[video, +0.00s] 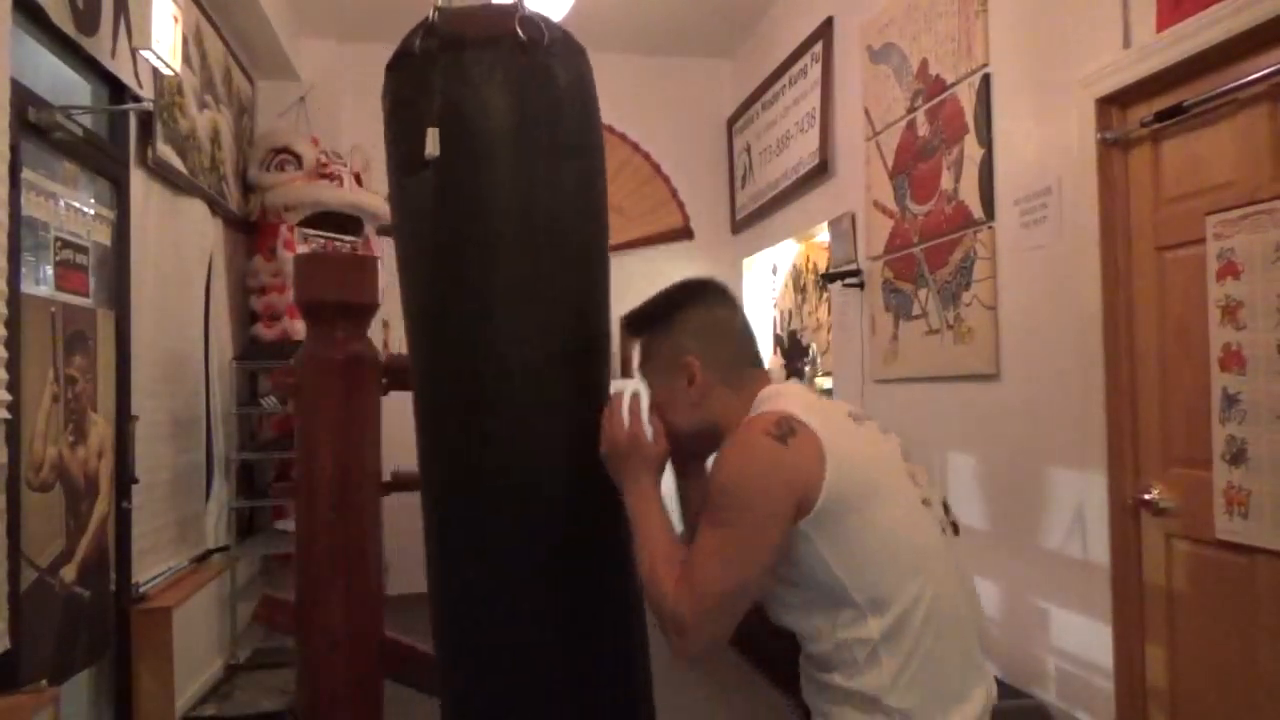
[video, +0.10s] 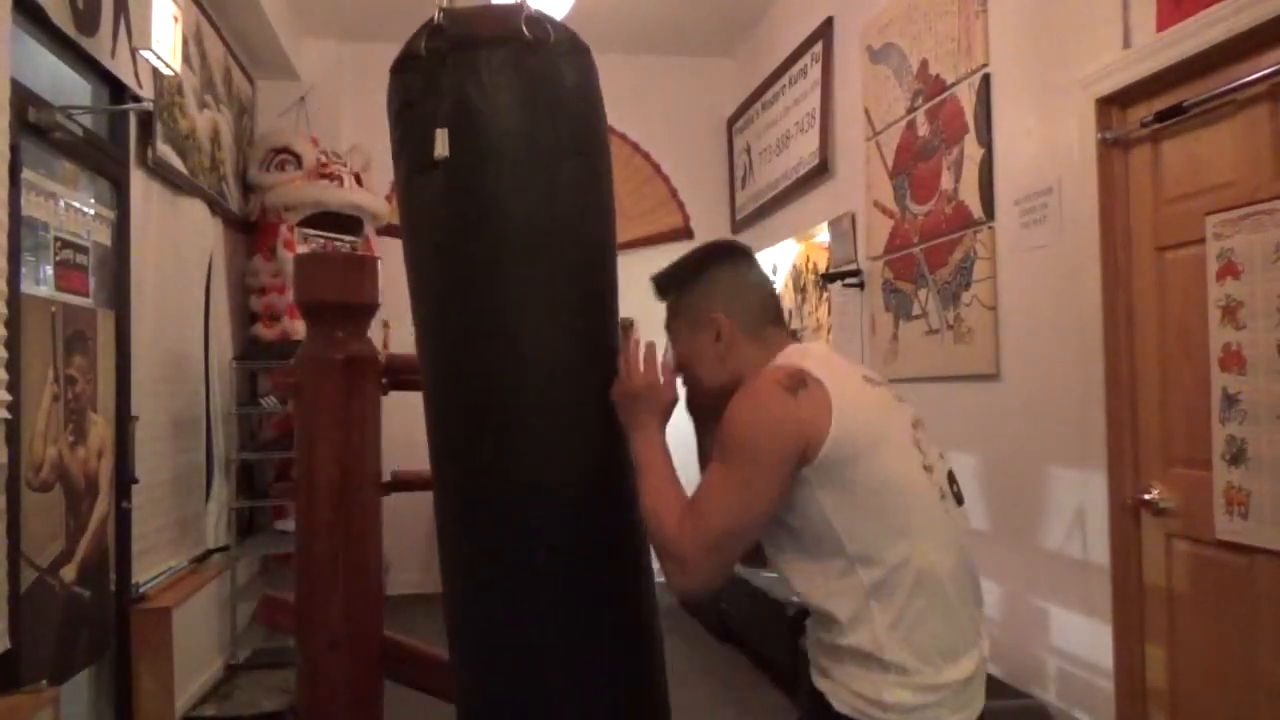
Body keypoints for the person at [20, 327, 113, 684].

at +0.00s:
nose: (70, 391)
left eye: (76, 381)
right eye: (64, 383)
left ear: (91, 385)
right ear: (60, 389)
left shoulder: (104, 431)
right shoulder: (63, 438)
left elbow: (105, 501)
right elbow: (38, 480)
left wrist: (76, 563)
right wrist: (47, 400)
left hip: (106, 548)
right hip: (76, 549)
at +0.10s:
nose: (70, 390)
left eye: (76, 382)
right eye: (64, 383)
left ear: (91, 386)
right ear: (60, 389)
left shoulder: (104, 430)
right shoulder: (63, 437)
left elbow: (105, 500)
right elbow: (38, 481)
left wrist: (76, 562)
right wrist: (46, 401)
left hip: (105, 550)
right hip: (75, 550)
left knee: (105, 631)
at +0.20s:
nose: (70, 390)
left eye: (76, 381)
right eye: (64, 383)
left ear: (91, 385)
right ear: (60, 388)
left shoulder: (104, 430)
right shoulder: (63, 436)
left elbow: (105, 500)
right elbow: (38, 480)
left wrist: (76, 561)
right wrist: (45, 402)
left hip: (104, 548)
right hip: (76, 548)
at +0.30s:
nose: (69, 391)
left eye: (75, 381)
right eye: (63, 383)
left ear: (91, 385)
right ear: (60, 388)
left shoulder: (104, 431)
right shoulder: (63, 435)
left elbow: (105, 500)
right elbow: (38, 480)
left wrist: (76, 562)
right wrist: (46, 401)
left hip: (103, 551)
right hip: (74, 550)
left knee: (102, 632)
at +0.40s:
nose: (69, 391)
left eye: (75, 382)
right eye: (63, 383)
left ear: (91, 385)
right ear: (59, 388)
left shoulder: (105, 432)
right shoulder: (63, 437)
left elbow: (105, 500)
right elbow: (38, 480)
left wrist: (76, 562)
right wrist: (46, 400)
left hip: (104, 551)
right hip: (75, 550)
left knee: (103, 631)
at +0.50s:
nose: (69, 391)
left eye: (75, 382)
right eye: (63, 383)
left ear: (91, 385)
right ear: (59, 389)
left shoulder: (104, 432)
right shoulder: (63, 435)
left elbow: (104, 501)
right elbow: (38, 479)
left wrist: (76, 562)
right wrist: (46, 400)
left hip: (104, 551)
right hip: (75, 550)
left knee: (102, 631)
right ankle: (58, 689)